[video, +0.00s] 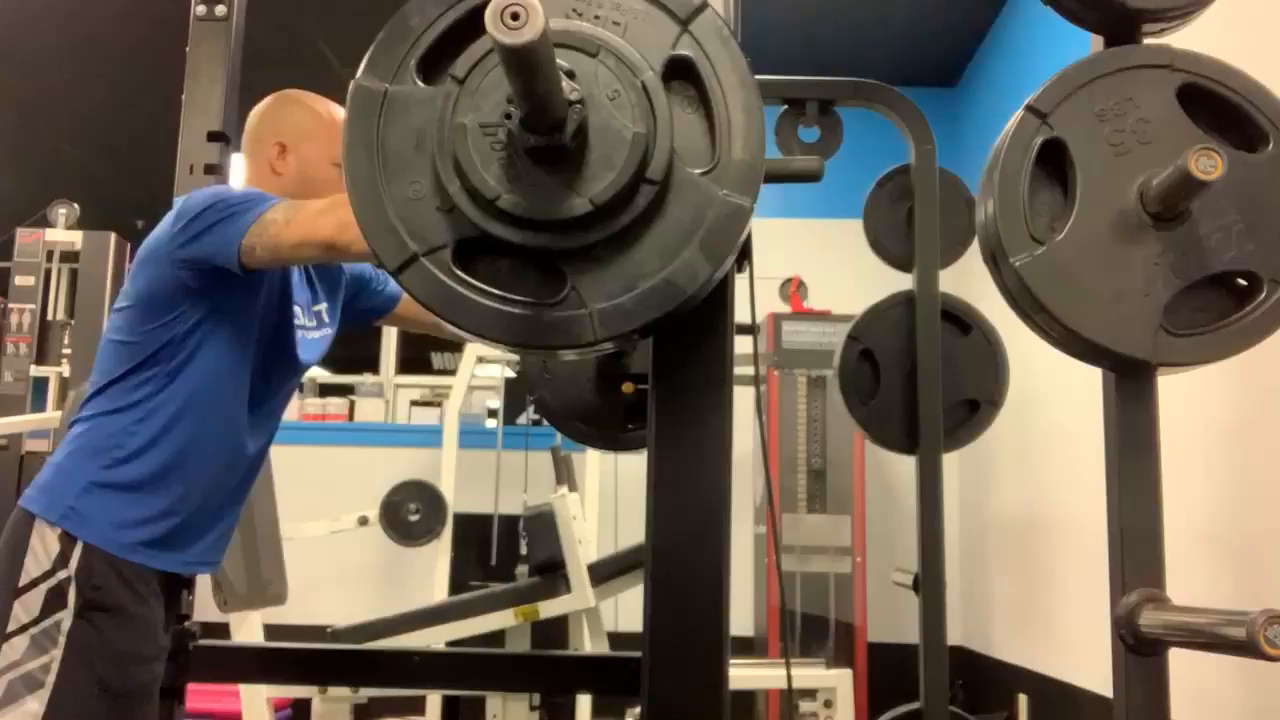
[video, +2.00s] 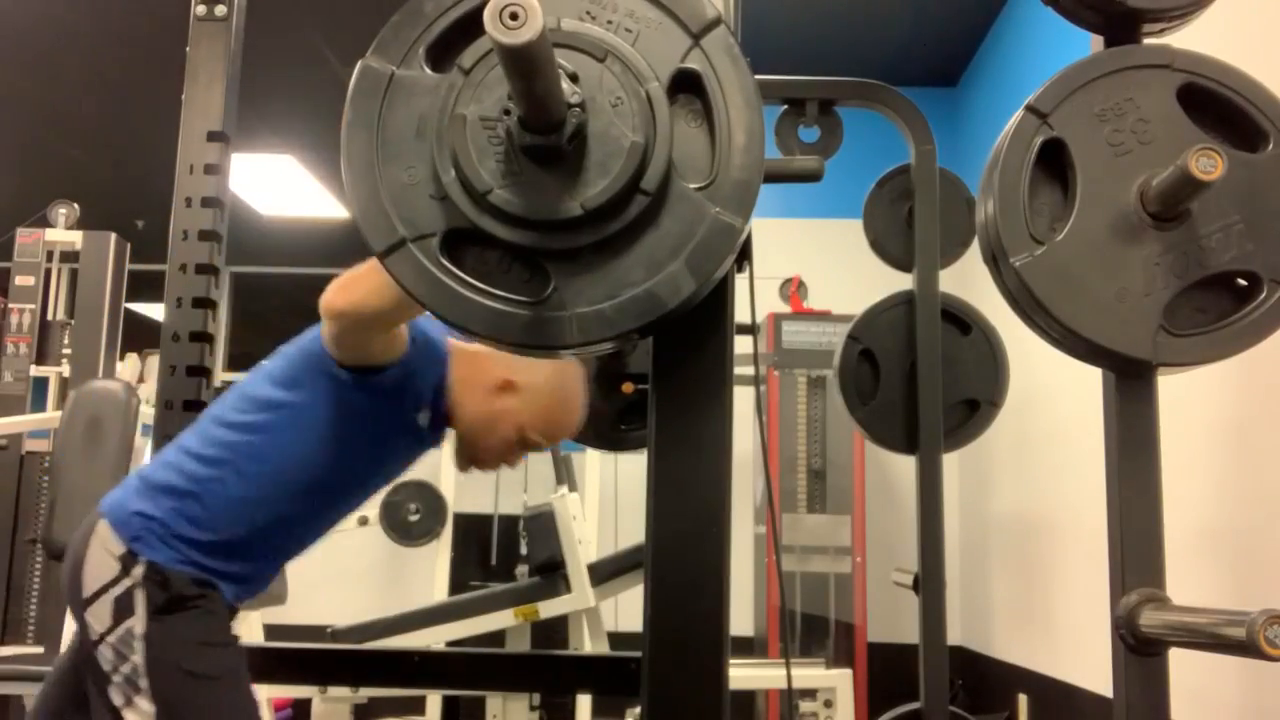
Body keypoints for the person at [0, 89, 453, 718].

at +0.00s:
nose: (349, 185)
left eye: (351, 167)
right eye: (339, 163)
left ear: (287, 159)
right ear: (281, 157)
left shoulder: (332, 272)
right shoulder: (206, 218)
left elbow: (444, 306)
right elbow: (346, 226)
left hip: (164, 569)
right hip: (85, 551)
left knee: (141, 705)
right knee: (59, 710)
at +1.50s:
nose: (375, 223)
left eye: (378, 202)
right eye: (361, 193)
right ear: (315, 184)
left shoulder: (334, 281)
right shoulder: (232, 241)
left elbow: (429, 262)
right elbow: (324, 197)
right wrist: (420, 168)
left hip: (160, 556)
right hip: (95, 545)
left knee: (148, 708)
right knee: (94, 711)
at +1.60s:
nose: (384, 248)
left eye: (389, 227)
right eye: (373, 222)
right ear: (329, 205)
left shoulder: (335, 291)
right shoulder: (232, 249)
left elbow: (439, 262)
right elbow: (327, 204)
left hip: (158, 559)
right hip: (89, 546)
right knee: (143, 707)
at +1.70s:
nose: (406, 305)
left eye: (420, 293)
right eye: (406, 279)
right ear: (362, 245)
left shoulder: (329, 318)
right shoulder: (241, 265)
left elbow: (431, 304)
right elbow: (324, 229)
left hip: (158, 565)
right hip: (91, 552)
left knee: (32, 706)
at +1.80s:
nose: (427, 371)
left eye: (441, 359)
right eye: (434, 348)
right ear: (392, 285)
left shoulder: (331, 358)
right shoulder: (270, 297)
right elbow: (332, 251)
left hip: (154, 577)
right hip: (96, 565)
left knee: (34, 711)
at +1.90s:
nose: (456, 428)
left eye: (476, 419)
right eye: (472, 406)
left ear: (448, 345)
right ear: (448, 342)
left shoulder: (370, 386)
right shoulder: (338, 336)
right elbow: (333, 287)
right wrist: (447, 238)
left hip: (144, 573)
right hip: (117, 571)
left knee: (41, 713)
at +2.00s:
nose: (511, 461)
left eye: (531, 451)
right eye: (528, 439)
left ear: (501, 371)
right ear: (506, 379)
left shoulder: (426, 398)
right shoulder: (402, 359)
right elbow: (346, 307)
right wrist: (463, 237)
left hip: (173, 571)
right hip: (153, 568)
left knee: (63, 711)